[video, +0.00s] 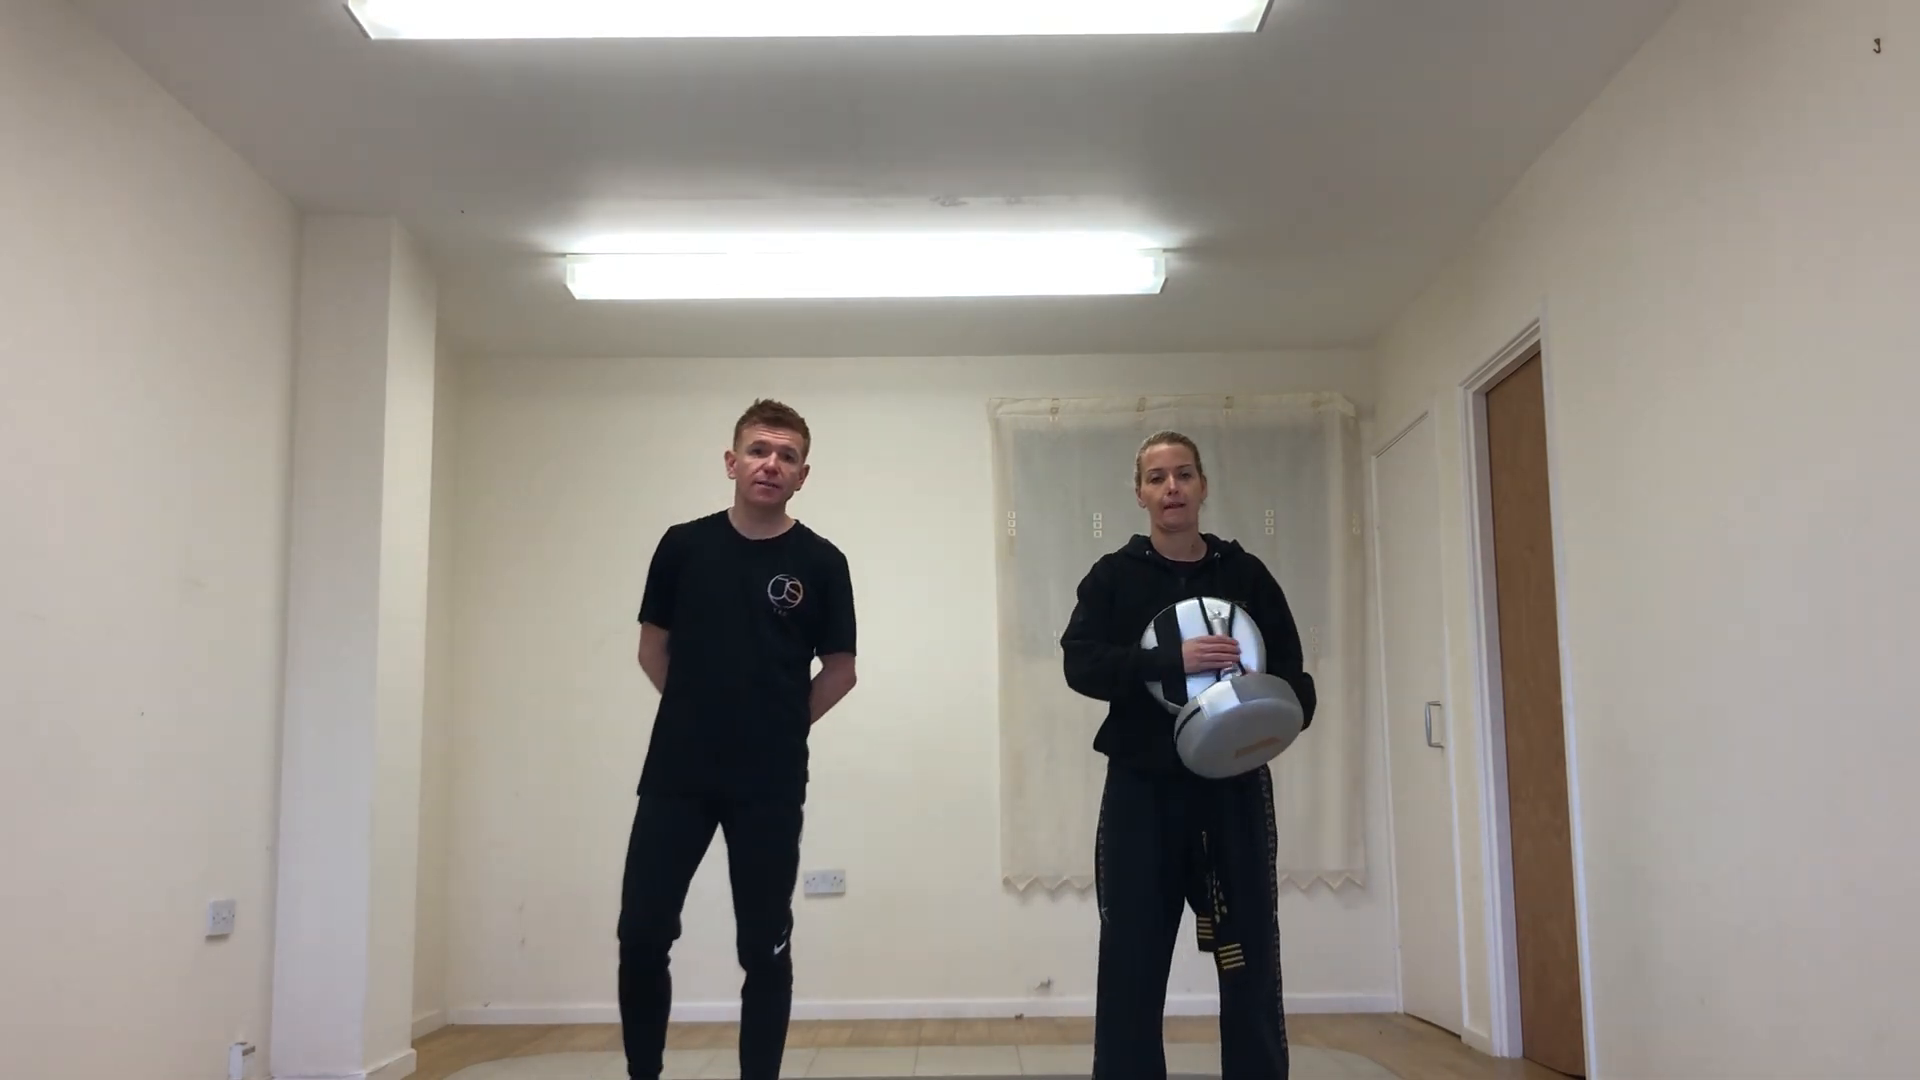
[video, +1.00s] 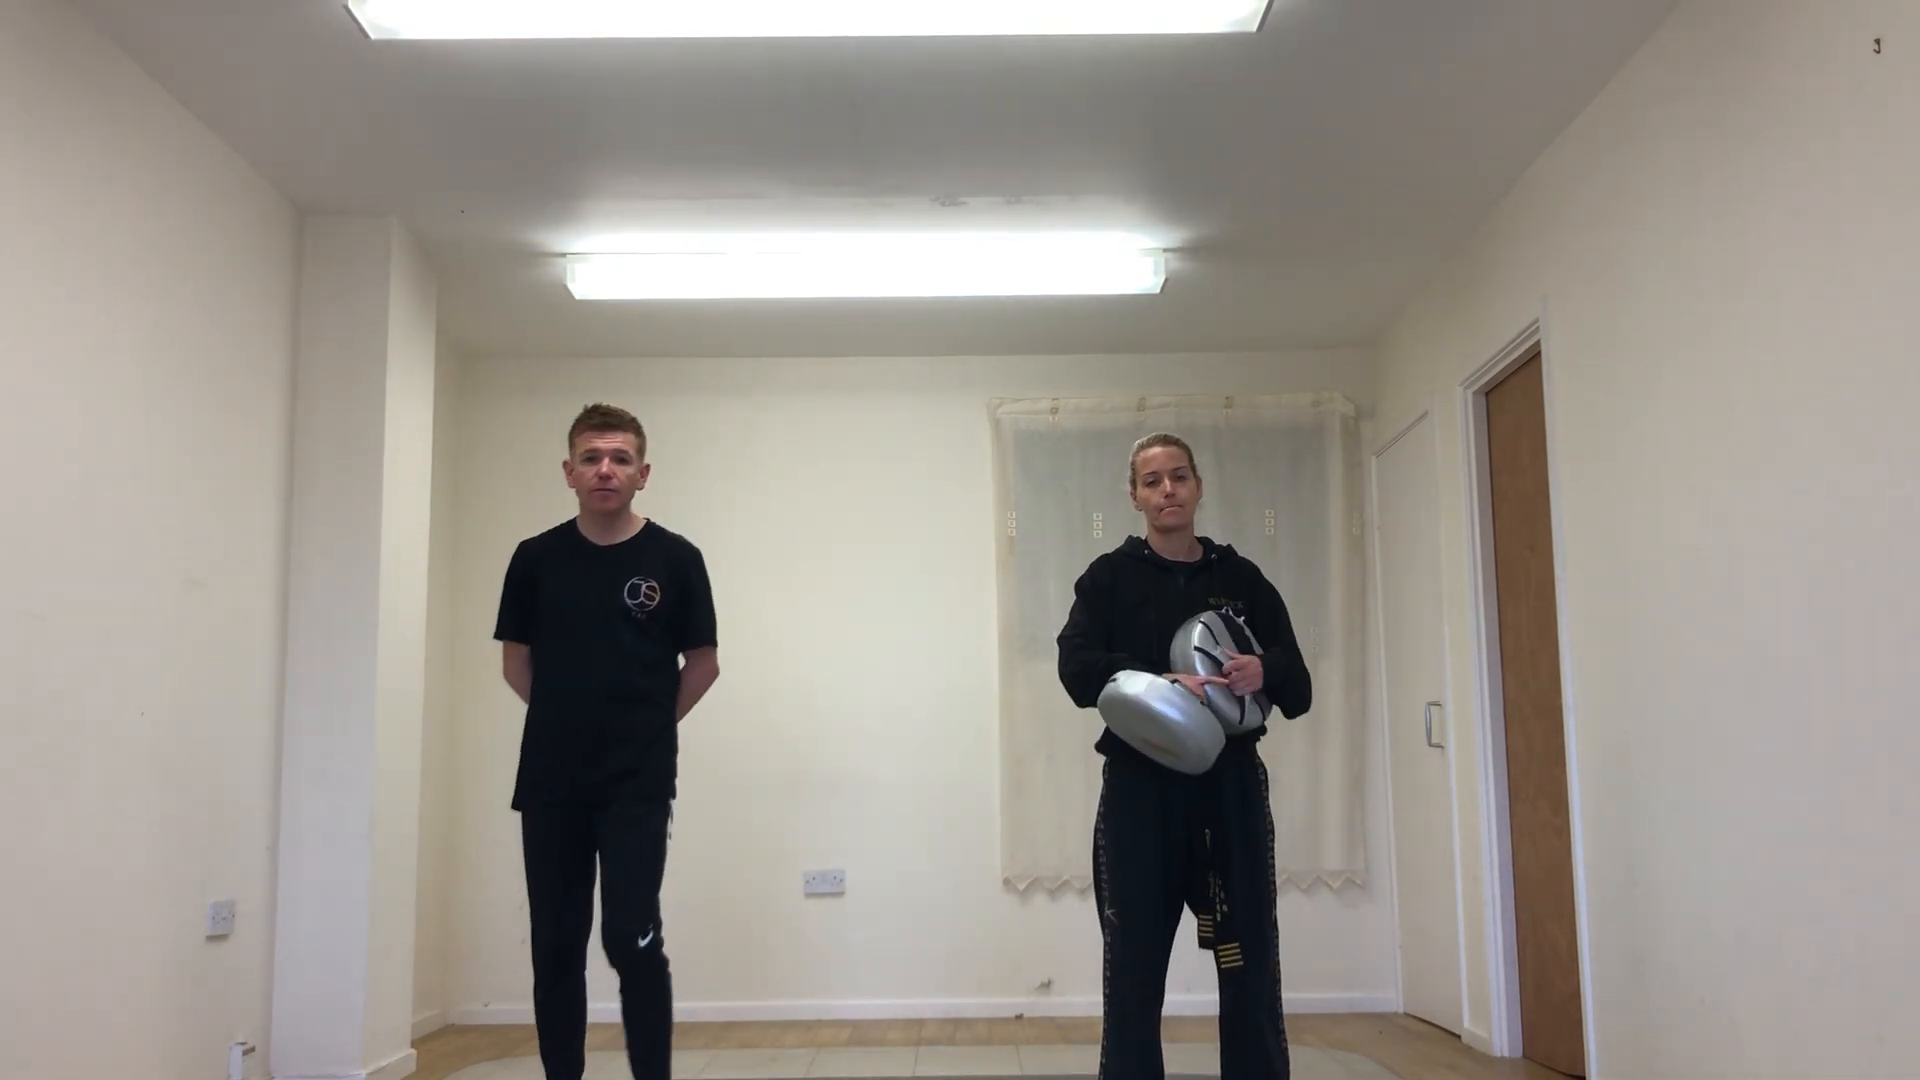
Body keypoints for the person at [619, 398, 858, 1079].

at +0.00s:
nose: (771, 463)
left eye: (787, 455)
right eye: (759, 450)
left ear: (802, 475)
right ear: (731, 461)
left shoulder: (822, 562)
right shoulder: (682, 544)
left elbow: (841, 670)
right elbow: (652, 649)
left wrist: (779, 720)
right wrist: (701, 707)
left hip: (768, 773)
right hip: (680, 764)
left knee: (764, 947)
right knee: (641, 933)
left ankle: (760, 1076)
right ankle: (643, 1074)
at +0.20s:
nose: (767, 466)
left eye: (783, 457)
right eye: (754, 452)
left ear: (797, 476)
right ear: (727, 462)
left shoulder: (816, 564)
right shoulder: (676, 545)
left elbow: (833, 676)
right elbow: (644, 653)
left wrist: (770, 724)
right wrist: (695, 709)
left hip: (763, 773)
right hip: (673, 763)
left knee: (763, 950)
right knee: (622, 940)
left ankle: (758, 1077)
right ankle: (595, 1075)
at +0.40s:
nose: (740, 465)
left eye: (756, 457)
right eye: (728, 452)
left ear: (771, 478)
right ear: (701, 462)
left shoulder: (791, 565)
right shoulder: (649, 547)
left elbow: (811, 674)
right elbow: (619, 657)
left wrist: (749, 725)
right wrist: (670, 712)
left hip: (742, 773)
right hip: (651, 765)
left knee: (752, 951)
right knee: (605, 941)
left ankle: (755, 1077)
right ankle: (576, 1075)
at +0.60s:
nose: (691, 466)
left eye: (707, 458)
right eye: (679, 453)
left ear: (724, 478)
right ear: (653, 467)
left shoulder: (745, 566)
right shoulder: (603, 553)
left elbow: (768, 674)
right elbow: (576, 661)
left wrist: (710, 726)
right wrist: (627, 715)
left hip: (701, 773)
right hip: (611, 769)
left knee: (726, 949)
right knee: (589, 949)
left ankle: (747, 1077)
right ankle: (574, 1075)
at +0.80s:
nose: (639, 468)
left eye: (654, 458)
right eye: (625, 456)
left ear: (675, 476)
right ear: (603, 472)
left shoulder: (702, 564)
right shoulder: (562, 556)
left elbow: (724, 674)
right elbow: (538, 664)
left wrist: (666, 727)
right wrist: (590, 718)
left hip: (659, 770)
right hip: (569, 768)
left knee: (687, 934)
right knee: (562, 946)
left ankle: (729, 1075)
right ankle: (564, 1076)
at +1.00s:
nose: (605, 470)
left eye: (620, 459)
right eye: (591, 458)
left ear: (640, 473)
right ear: (570, 471)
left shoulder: (676, 558)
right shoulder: (534, 556)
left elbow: (703, 663)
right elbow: (516, 666)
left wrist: (649, 720)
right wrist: (570, 713)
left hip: (637, 771)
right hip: (553, 772)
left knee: (632, 938)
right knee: (555, 947)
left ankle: (653, 1076)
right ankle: (562, 1076)